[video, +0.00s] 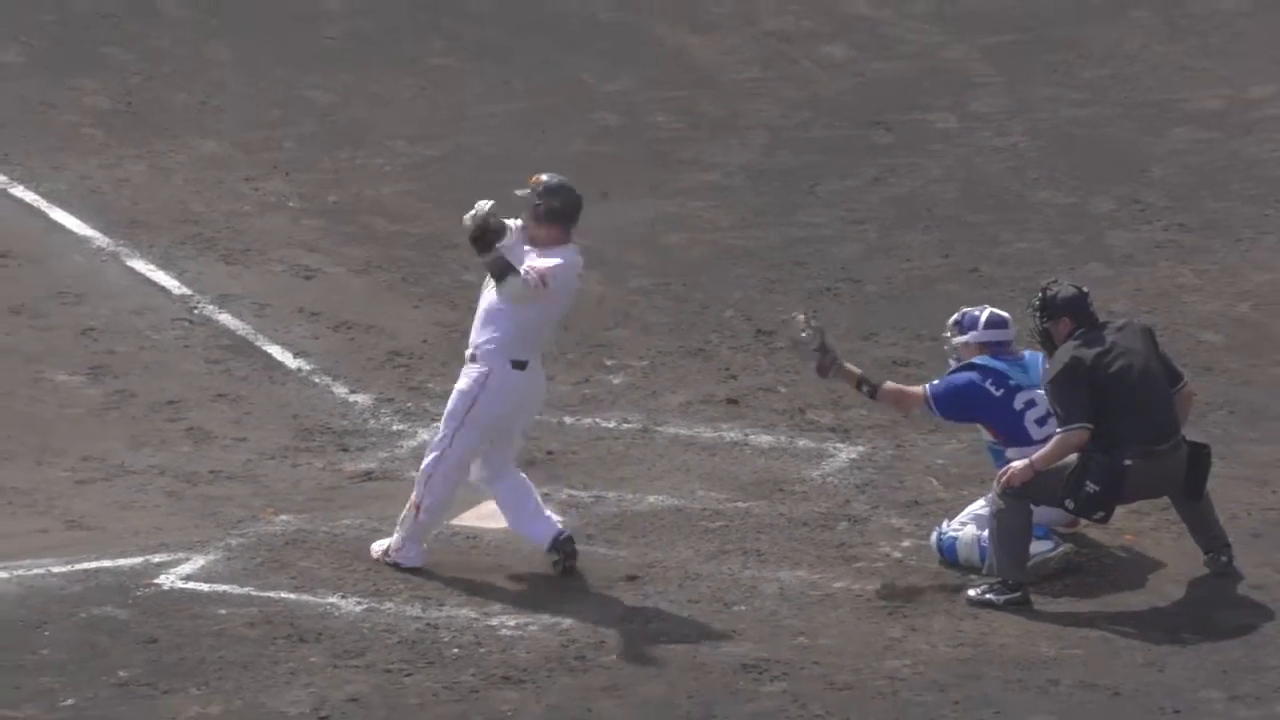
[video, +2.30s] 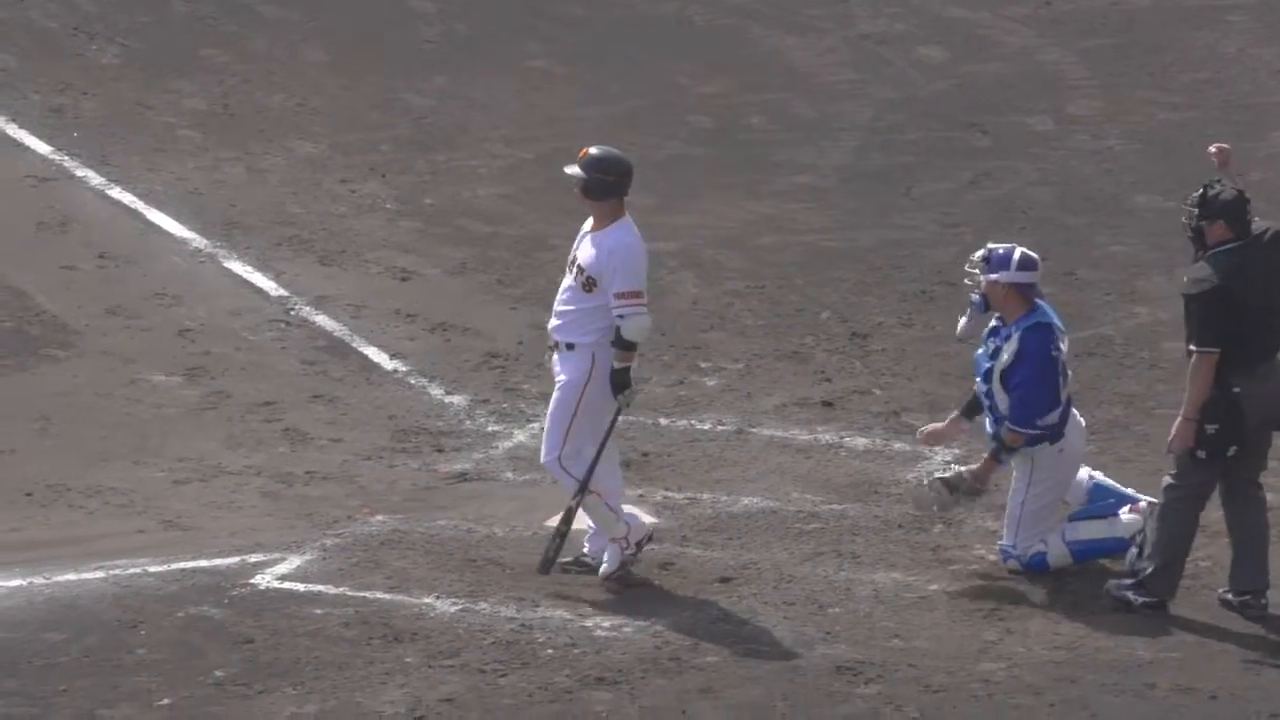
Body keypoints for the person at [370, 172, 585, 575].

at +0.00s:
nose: (525, 217)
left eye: (532, 212)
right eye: (528, 210)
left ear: (551, 224)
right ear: (556, 224)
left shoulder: (561, 267)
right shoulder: (525, 237)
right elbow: (495, 238)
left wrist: (486, 243)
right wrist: (482, 225)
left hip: (491, 376)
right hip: (524, 378)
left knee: (443, 458)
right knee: (496, 467)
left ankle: (406, 547)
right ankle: (553, 535)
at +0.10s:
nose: (527, 216)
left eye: (535, 212)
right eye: (530, 209)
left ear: (556, 221)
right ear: (540, 214)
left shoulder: (579, 277)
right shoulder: (515, 237)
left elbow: (595, 336)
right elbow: (496, 244)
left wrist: (595, 321)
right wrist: (542, 244)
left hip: (515, 389)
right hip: (489, 382)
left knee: (460, 470)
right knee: (505, 477)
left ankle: (406, 554)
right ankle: (578, 538)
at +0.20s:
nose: (536, 233)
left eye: (545, 229)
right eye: (538, 225)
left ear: (567, 239)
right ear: (538, 226)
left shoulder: (591, 288)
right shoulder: (519, 251)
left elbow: (618, 337)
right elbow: (506, 275)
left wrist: (636, 353)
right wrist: (548, 271)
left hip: (540, 400)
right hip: (500, 395)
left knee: (484, 476)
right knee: (518, 493)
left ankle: (449, 574)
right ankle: (592, 553)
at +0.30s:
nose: (549, 243)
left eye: (557, 239)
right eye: (550, 235)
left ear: (579, 245)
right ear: (552, 236)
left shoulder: (608, 298)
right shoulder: (531, 262)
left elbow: (636, 353)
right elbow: (515, 289)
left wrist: (664, 382)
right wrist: (545, 301)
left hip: (556, 403)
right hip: (511, 399)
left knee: (521, 483)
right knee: (522, 488)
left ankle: (504, 588)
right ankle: (595, 564)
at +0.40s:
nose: (556, 236)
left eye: (565, 232)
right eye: (557, 229)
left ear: (587, 239)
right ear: (559, 230)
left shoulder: (616, 292)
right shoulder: (534, 258)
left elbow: (642, 347)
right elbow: (524, 292)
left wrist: (668, 385)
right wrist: (559, 309)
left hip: (571, 399)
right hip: (523, 397)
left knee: (560, 493)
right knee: (537, 501)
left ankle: (557, 591)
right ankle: (602, 567)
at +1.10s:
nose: (589, 200)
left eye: (598, 193)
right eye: (587, 191)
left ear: (621, 198)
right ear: (584, 195)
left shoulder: (653, 251)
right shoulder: (562, 243)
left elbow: (677, 316)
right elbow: (536, 299)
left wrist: (681, 367)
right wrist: (524, 353)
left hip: (624, 374)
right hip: (575, 374)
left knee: (619, 469)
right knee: (579, 468)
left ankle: (619, 565)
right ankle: (631, 533)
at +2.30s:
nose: (576, 186)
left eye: (582, 182)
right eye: (579, 180)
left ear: (599, 189)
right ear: (610, 189)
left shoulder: (623, 245)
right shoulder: (595, 225)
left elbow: (632, 321)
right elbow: (590, 297)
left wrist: (621, 370)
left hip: (592, 360)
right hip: (572, 355)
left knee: (558, 455)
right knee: (591, 451)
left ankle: (627, 530)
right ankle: (605, 541)